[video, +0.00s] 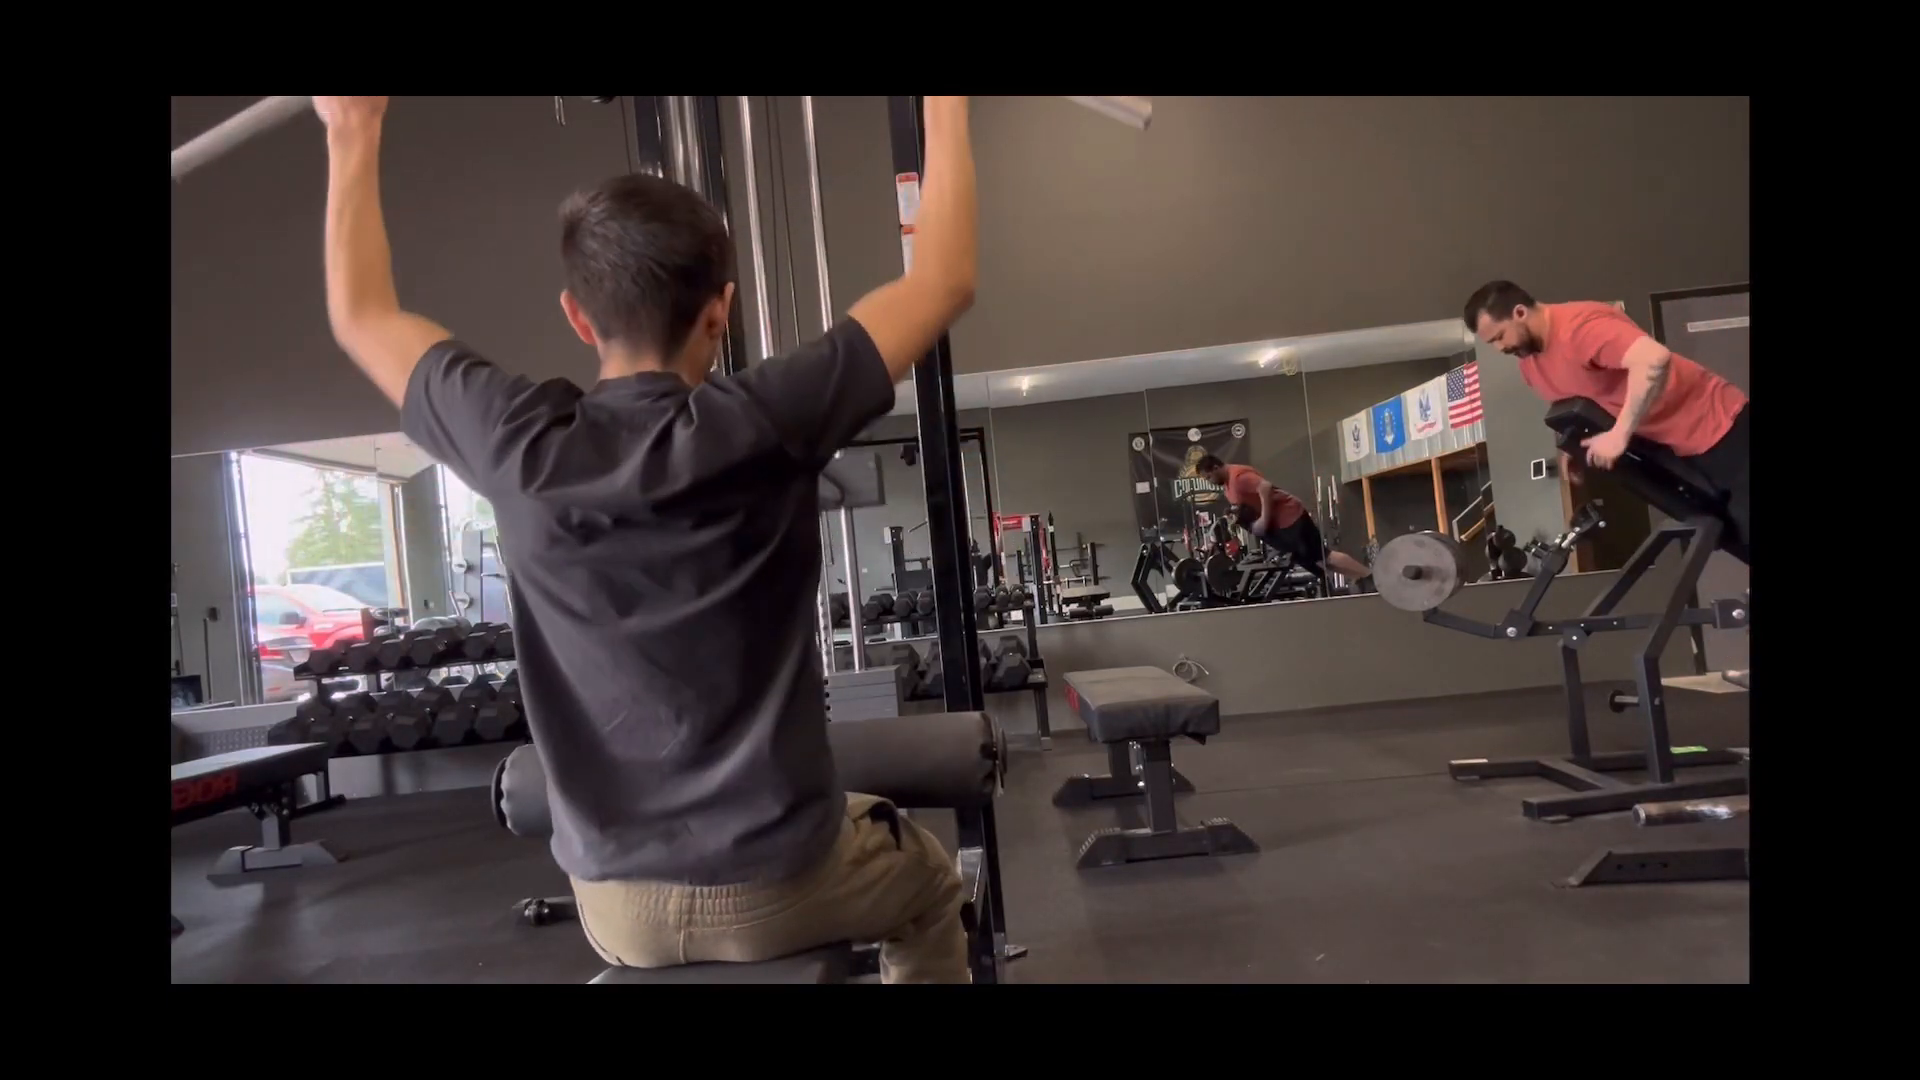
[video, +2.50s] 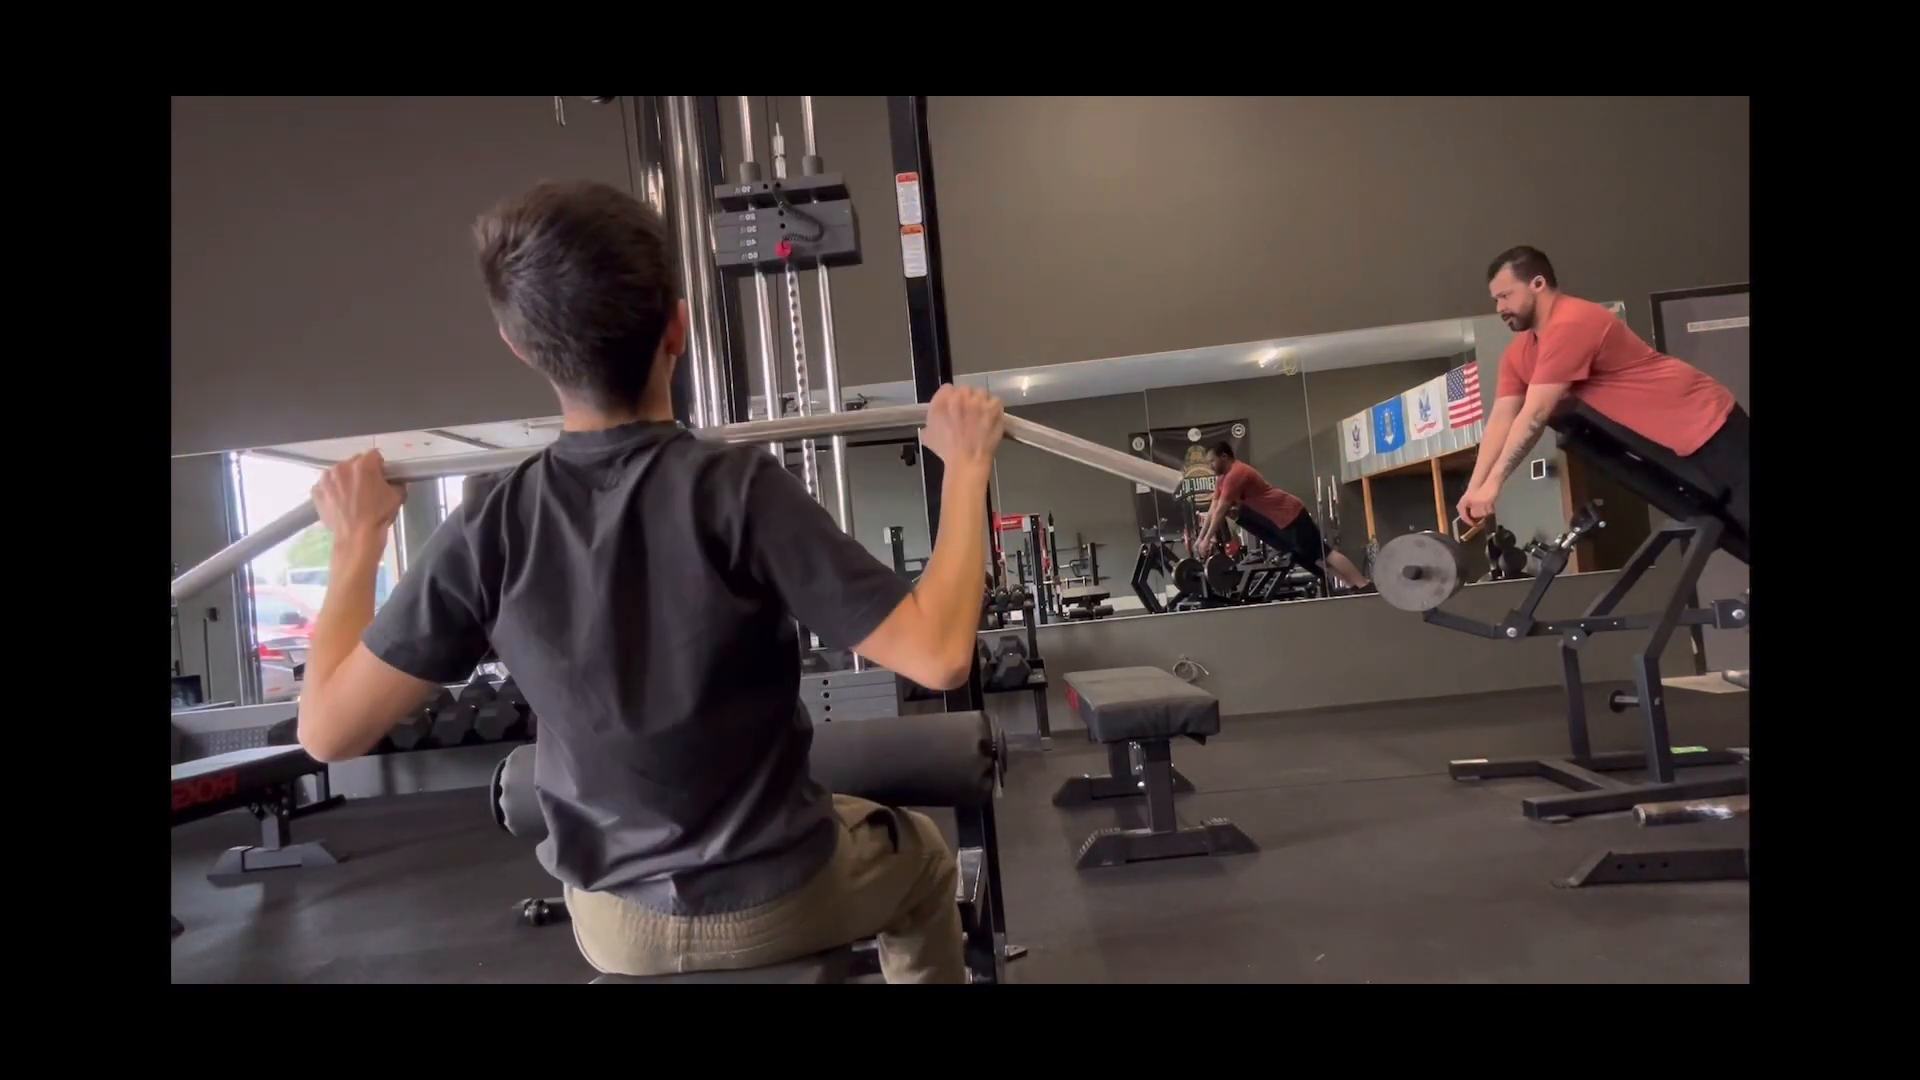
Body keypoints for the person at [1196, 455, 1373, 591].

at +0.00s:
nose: (1209, 480)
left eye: (1209, 476)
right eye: (1206, 478)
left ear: (1216, 467)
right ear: (1211, 472)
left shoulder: (1239, 477)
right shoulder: (1228, 484)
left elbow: (1265, 488)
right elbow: (1246, 504)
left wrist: (1263, 519)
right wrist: (1238, 514)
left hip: (1291, 517)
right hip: (1278, 526)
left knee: (1323, 555)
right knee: (1317, 561)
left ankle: (1367, 574)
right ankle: (1358, 578)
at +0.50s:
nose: (1207, 488)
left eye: (1206, 482)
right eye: (1202, 487)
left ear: (1212, 472)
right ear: (1202, 484)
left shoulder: (1235, 478)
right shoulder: (1219, 489)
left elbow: (1258, 501)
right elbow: (1225, 510)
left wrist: (1251, 532)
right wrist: (1205, 502)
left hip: (1287, 512)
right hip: (1272, 524)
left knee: (1322, 554)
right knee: (1311, 560)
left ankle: (1363, 581)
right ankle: (1355, 581)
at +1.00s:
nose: (1207, 490)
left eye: (1206, 485)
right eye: (1203, 487)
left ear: (1213, 474)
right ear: (1207, 478)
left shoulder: (1237, 481)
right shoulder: (1223, 482)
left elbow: (1262, 507)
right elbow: (1206, 502)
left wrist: (1260, 542)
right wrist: (1203, 496)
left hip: (1288, 514)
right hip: (1274, 523)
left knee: (1322, 553)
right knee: (1313, 560)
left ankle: (1363, 581)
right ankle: (1354, 582)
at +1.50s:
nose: (1209, 483)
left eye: (1208, 478)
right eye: (1205, 481)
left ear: (1216, 468)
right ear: (1209, 476)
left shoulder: (1240, 477)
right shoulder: (1223, 486)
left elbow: (1261, 503)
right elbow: (1225, 509)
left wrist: (1257, 536)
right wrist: (1211, 517)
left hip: (1289, 513)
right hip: (1275, 523)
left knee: (1322, 553)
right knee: (1313, 560)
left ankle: (1362, 584)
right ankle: (1351, 585)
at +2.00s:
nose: (1211, 473)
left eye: (1211, 468)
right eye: (1208, 470)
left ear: (1221, 460)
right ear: (1212, 466)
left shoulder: (1238, 473)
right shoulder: (1223, 479)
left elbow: (1230, 509)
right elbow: (1217, 508)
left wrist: (1215, 538)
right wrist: (1205, 535)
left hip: (1291, 513)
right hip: (1281, 522)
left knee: (1323, 553)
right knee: (1317, 560)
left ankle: (1363, 584)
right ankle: (1354, 585)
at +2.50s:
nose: (1210, 466)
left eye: (1212, 461)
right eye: (1209, 462)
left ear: (1225, 456)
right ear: (1218, 460)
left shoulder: (1237, 473)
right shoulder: (1223, 479)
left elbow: (1222, 508)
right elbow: (1213, 507)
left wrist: (1209, 537)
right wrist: (1201, 536)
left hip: (1292, 513)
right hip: (1281, 521)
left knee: (1324, 552)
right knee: (1315, 559)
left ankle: (1363, 583)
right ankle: (1352, 584)